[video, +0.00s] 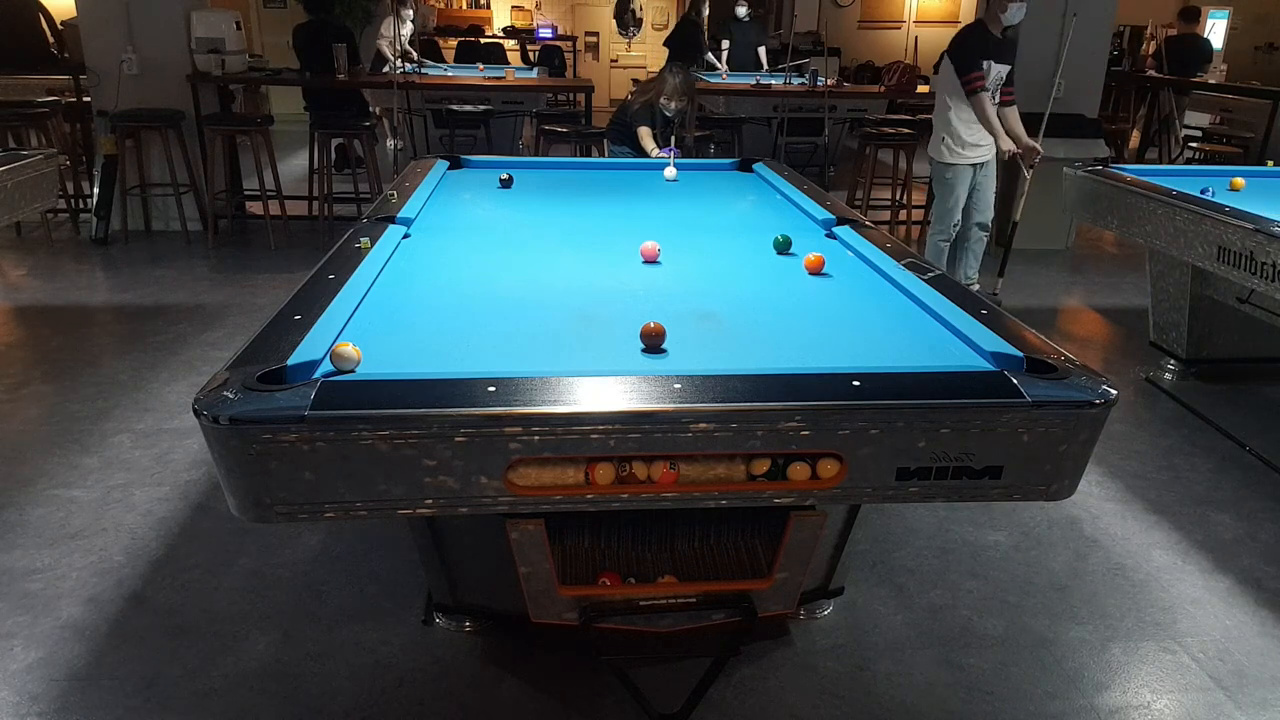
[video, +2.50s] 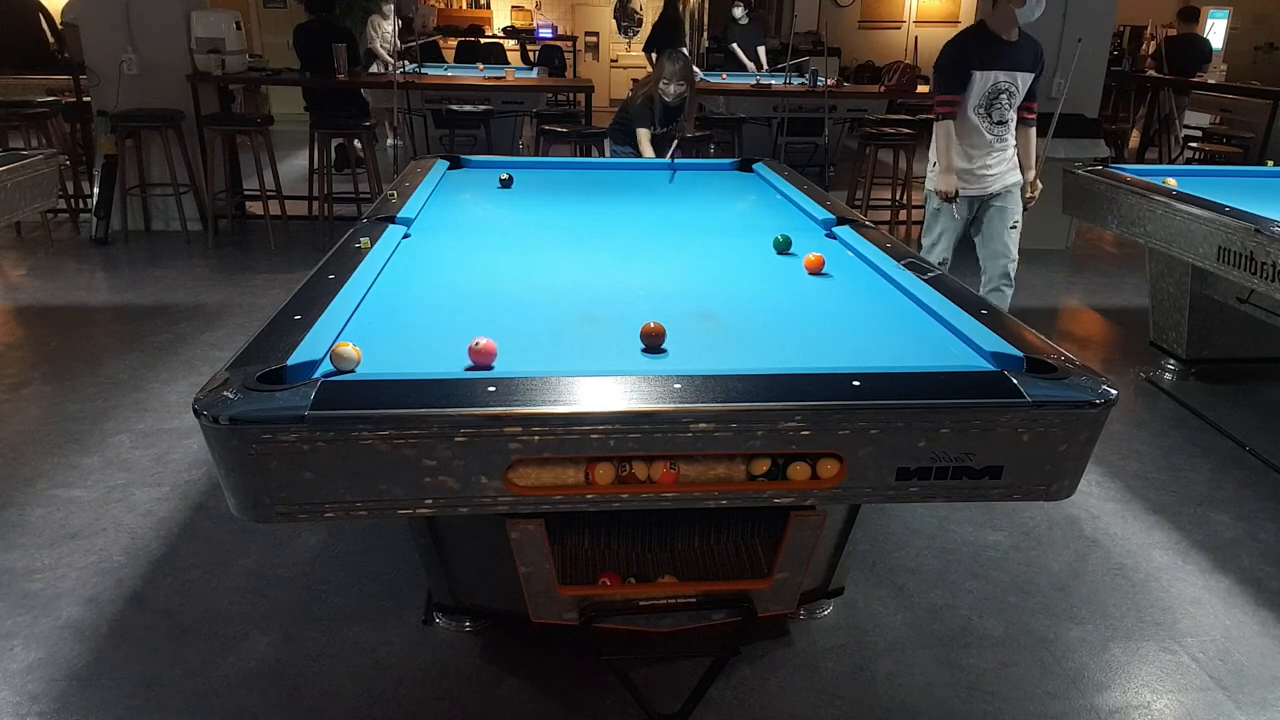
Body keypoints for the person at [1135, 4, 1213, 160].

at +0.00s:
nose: (1176, 24)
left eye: (1177, 21)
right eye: (1177, 21)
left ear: (1179, 21)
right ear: (1198, 22)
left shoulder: (1169, 41)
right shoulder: (1205, 44)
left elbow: (1150, 64)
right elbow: (1205, 70)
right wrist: (1188, 66)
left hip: (1163, 91)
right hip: (1185, 92)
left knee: (1145, 124)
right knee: (1175, 127)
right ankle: (1170, 161)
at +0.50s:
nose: (1176, 24)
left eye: (1176, 21)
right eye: (1177, 21)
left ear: (1178, 21)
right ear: (1197, 22)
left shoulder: (1169, 41)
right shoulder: (1205, 44)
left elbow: (1150, 64)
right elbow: (1205, 70)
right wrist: (1188, 66)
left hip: (1164, 90)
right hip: (1185, 91)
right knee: (1176, 125)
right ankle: (1171, 159)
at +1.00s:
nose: (1175, 24)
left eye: (1176, 21)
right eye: (1176, 21)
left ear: (1179, 21)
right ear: (1197, 22)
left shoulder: (1169, 41)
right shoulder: (1205, 44)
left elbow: (1150, 64)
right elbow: (1205, 70)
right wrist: (1187, 67)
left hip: (1164, 91)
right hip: (1185, 92)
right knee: (1175, 126)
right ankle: (1170, 161)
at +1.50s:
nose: (1175, 24)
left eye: (1176, 21)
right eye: (1176, 21)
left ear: (1179, 21)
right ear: (1197, 22)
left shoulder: (1169, 41)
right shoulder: (1205, 44)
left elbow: (1150, 64)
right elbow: (1204, 70)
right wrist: (1187, 67)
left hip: (1163, 91)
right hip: (1184, 92)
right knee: (1175, 127)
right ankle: (1169, 161)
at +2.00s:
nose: (1176, 24)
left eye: (1177, 21)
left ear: (1178, 21)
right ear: (1197, 22)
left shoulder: (1168, 41)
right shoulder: (1205, 43)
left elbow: (1150, 64)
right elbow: (1205, 70)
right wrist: (1187, 67)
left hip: (1162, 91)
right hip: (1183, 93)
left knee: (1142, 125)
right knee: (1173, 129)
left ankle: (1131, 159)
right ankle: (1169, 164)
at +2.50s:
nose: (1176, 24)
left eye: (1176, 21)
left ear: (1178, 21)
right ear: (1197, 22)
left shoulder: (1167, 41)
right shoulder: (1204, 43)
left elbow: (1150, 64)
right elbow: (1205, 69)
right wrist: (1187, 66)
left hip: (1162, 92)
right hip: (1183, 93)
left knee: (1142, 125)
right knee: (1173, 129)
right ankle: (1168, 164)